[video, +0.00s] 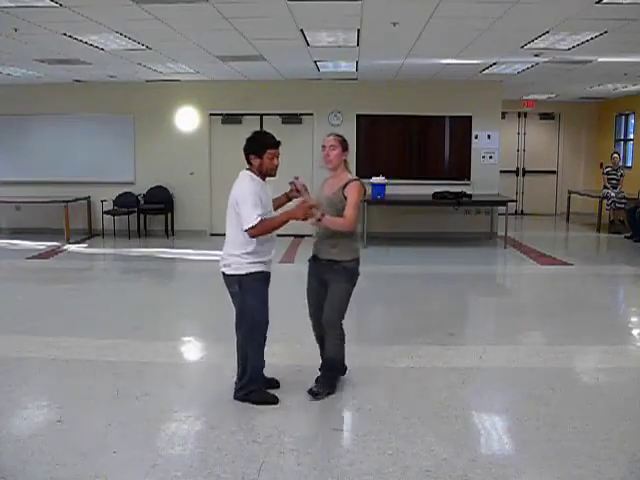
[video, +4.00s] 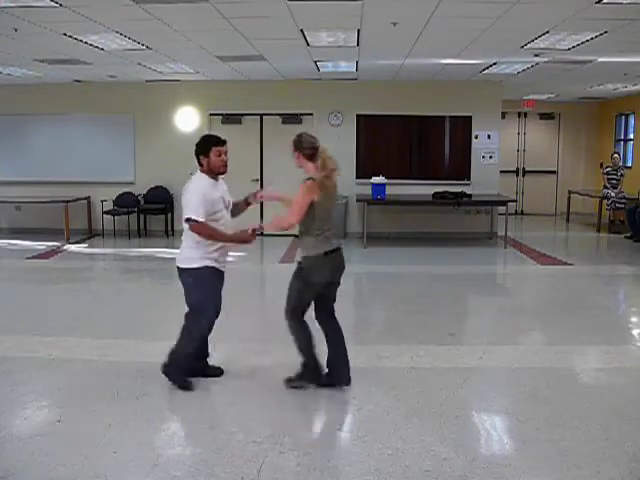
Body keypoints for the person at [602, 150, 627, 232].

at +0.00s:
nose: (615, 160)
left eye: (616, 158)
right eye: (613, 158)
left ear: (619, 160)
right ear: (611, 160)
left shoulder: (621, 171)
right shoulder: (607, 169)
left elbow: (621, 183)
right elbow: (605, 182)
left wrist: (617, 190)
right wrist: (611, 189)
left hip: (617, 188)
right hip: (608, 188)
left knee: (622, 196)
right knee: (612, 196)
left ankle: (621, 217)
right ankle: (611, 217)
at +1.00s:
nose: (615, 160)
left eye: (616, 158)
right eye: (613, 158)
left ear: (619, 160)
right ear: (611, 160)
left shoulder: (621, 170)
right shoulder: (606, 169)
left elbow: (621, 183)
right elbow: (605, 182)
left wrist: (617, 190)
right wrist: (611, 189)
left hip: (617, 188)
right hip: (608, 188)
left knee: (622, 196)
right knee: (611, 196)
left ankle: (621, 216)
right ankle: (611, 216)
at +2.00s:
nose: (615, 160)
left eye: (616, 158)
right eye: (613, 158)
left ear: (619, 160)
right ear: (611, 160)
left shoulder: (621, 170)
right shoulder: (606, 169)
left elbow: (621, 184)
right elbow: (605, 182)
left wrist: (617, 190)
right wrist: (611, 190)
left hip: (617, 188)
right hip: (608, 188)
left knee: (622, 196)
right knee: (611, 196)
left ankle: (621, 216)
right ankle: (611, 215)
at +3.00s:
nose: (615, 160)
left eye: (616, 158)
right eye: (613, 158)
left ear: (619, 160)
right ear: (611, 160)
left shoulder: (621, 170)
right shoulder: (606, 169)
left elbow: (621, 183)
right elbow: (605, 182)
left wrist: (617, 191)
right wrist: (611, 190)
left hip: (617, 188)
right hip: (608, 188)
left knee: (622, 196)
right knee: (611, 195)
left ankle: (621, 216)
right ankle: (611, 215)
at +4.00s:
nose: (615, 160)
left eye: (617, 158)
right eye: (613, 158)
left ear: (619, 160)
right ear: (611, 160)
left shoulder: (621, 170)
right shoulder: (606, 169)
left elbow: (621, 183)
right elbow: (605, 182)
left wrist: (617, 190)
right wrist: (611, 189)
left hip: (617, 188)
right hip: (608, 187)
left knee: (622, 196)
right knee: (611, 196)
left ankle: (621, 216)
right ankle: (611, 216)